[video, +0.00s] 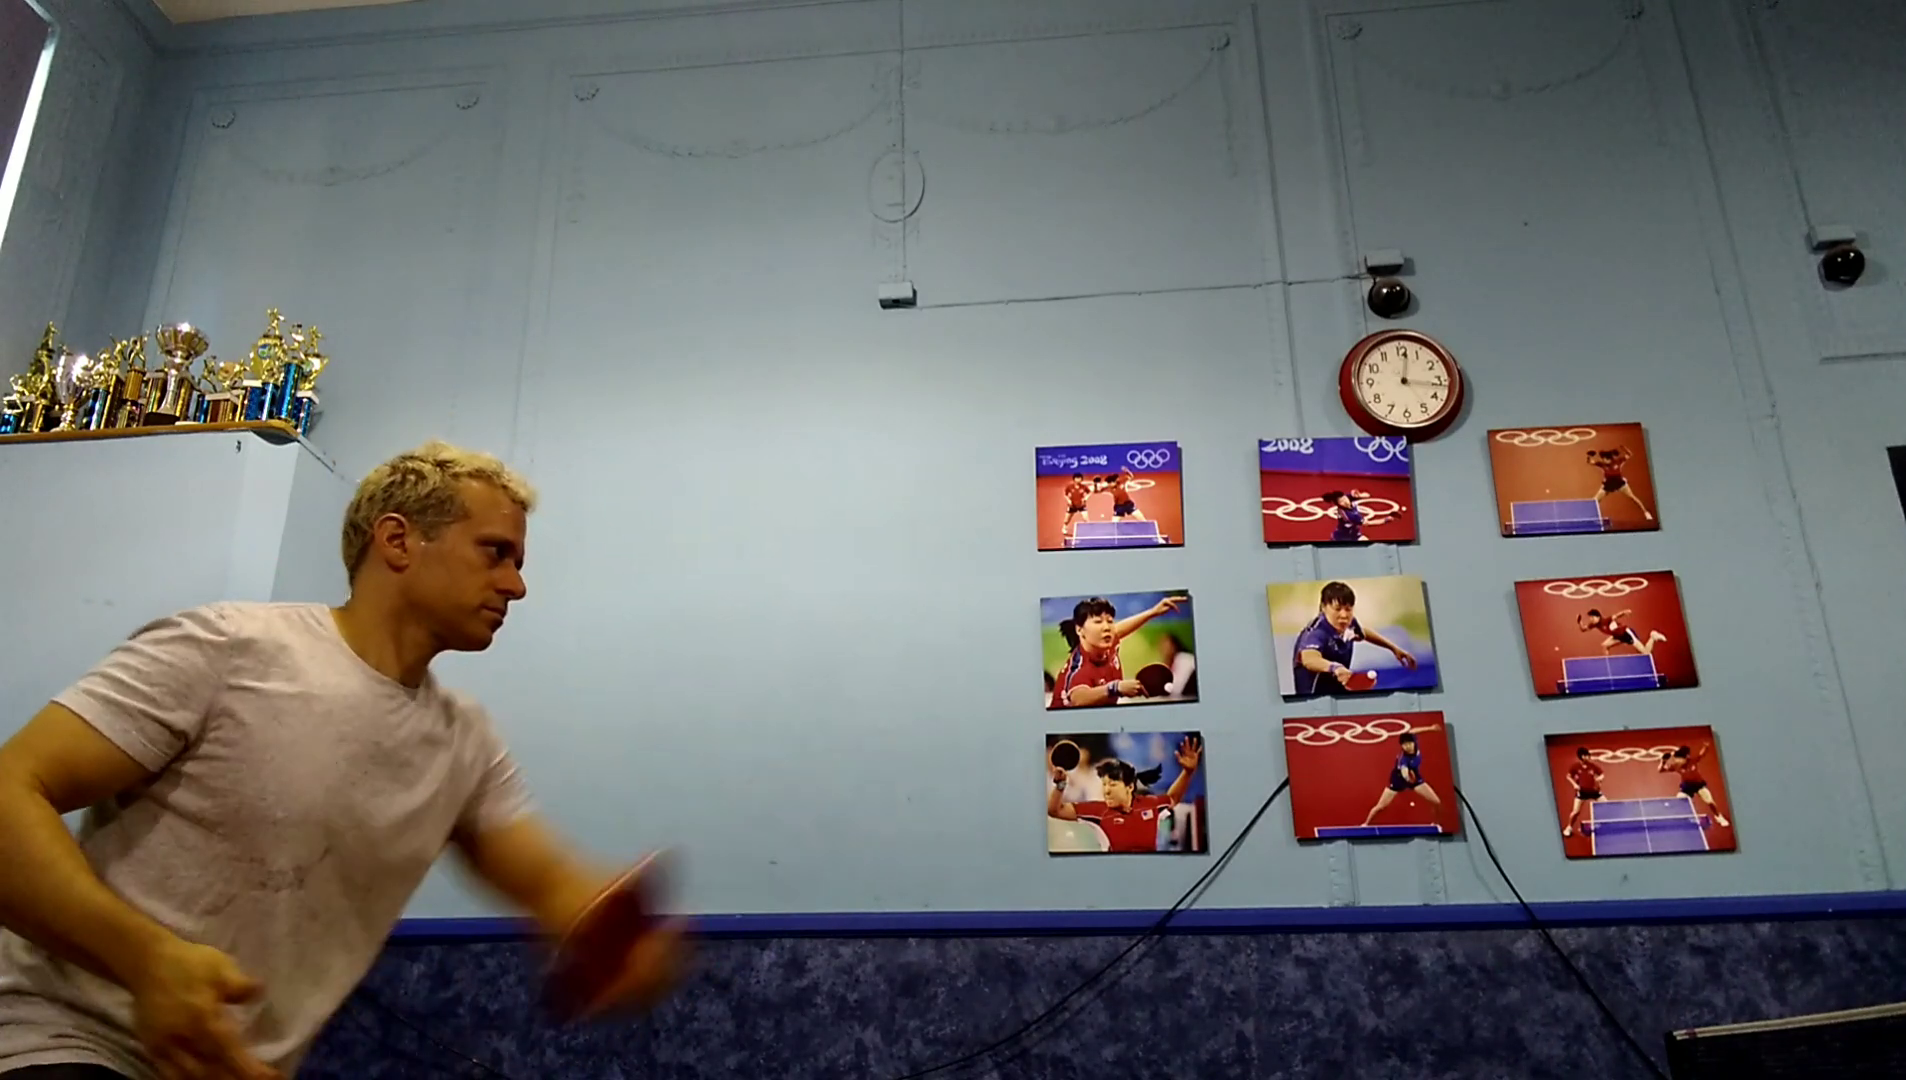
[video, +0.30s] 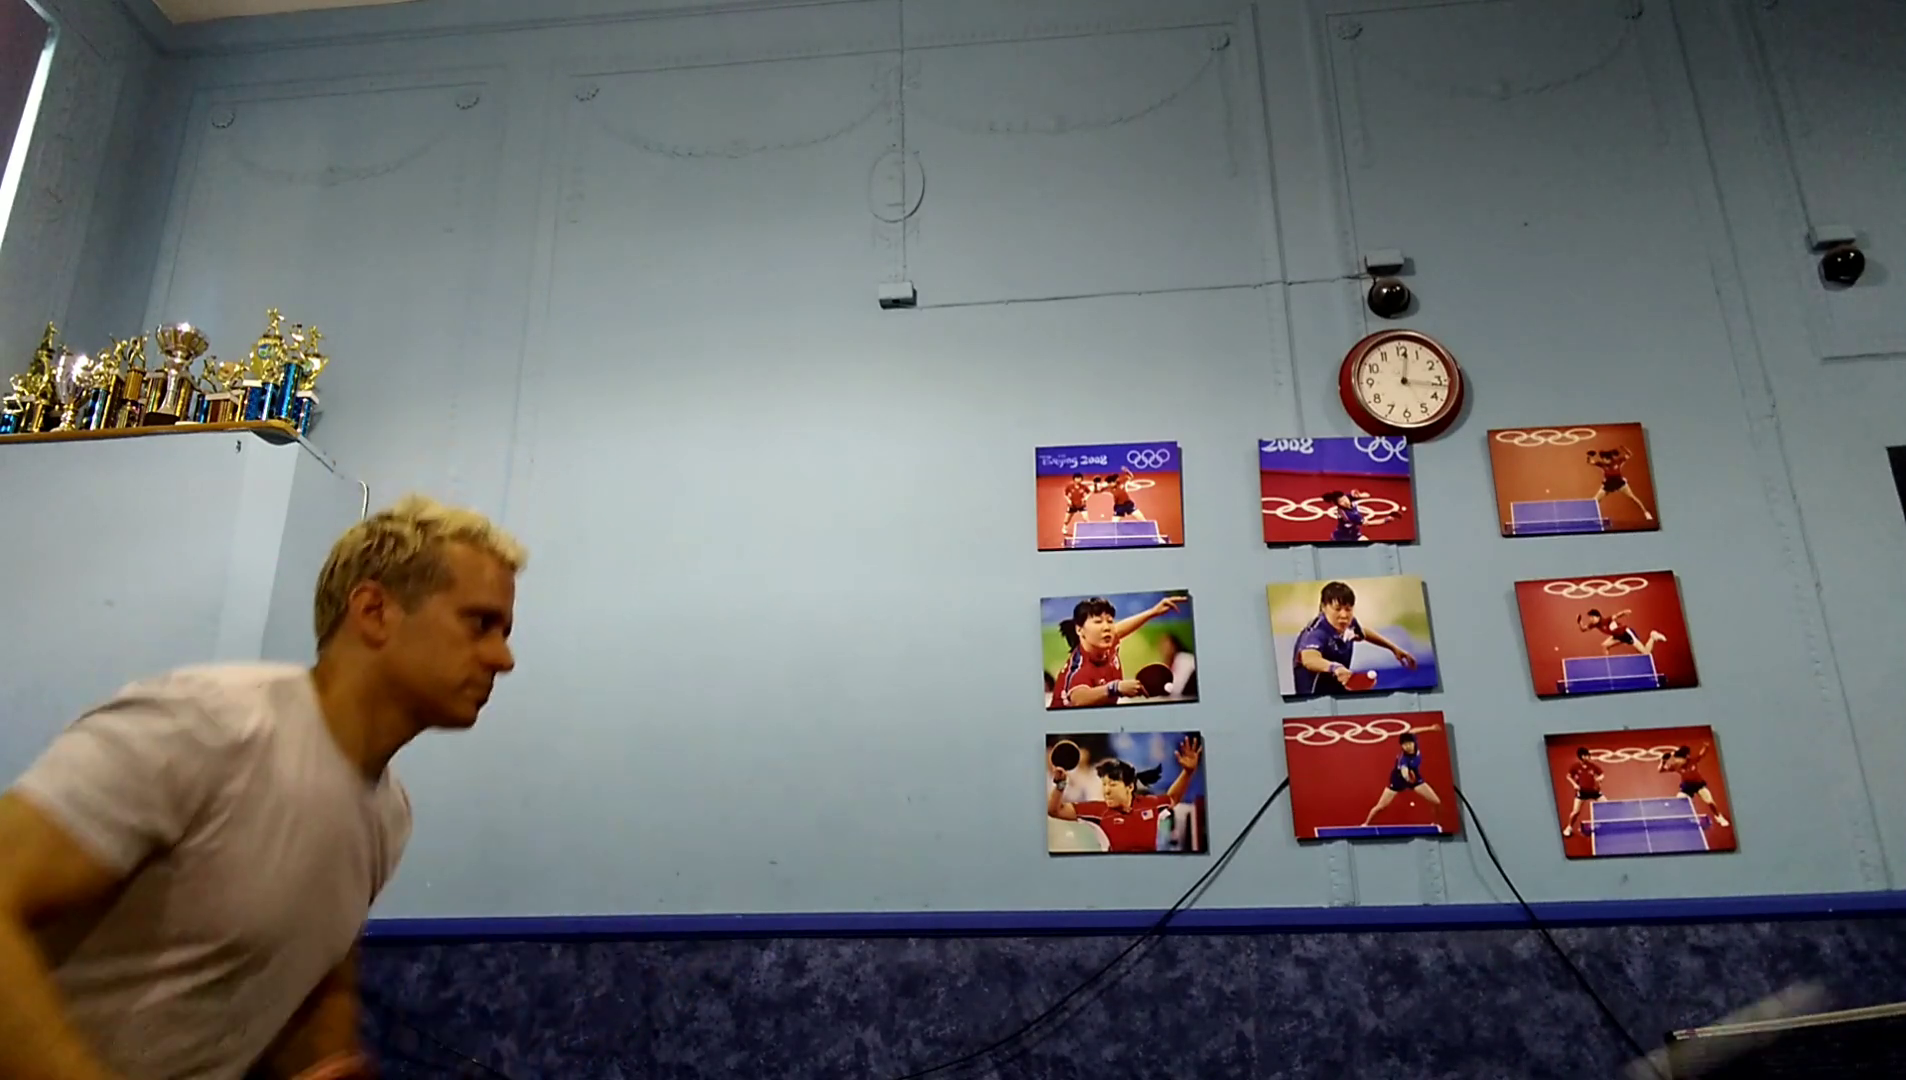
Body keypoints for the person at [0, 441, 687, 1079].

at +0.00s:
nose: (519, 584)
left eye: (519, 562)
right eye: (497, 553)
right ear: (398, 543)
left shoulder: (463, 744)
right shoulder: (225, 648)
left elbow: (547, 877)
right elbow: (9, 792)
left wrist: (614, 931)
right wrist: (142, 956)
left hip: (247, 1064)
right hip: (68, 1025)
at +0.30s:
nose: (506, 659)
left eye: (505, 632)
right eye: (482, 623)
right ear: (375, 614)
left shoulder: (386, 815)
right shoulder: (208, 720)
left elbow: (323, 987)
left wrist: (325, 1060)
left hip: (203, 1069)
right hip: (65, 1052)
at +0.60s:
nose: (492, 628)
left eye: (495, 601)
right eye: (471, 592)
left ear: (376, 588)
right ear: (360, 578)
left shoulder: (442, 750)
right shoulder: (128, 678)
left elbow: (647, 803)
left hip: (179, 1065)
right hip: (19, 1040)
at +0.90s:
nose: (498, 570)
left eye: (495, 543)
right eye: (475, 533)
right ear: (369, 523)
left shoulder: (437, 730)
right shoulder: (151, 638)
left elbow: (489, 924)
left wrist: (462, 971)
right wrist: (1, 893)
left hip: (230, 1063)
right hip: (53, 1051)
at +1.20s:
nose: (526, 641)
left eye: (523, 615)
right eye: (502, 609)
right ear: (400, 604)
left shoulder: (416, 781)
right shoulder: (257, 727)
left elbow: (382, 962)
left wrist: (402, 1064)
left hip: (269, 1068)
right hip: (121, 1057)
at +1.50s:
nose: (509, 588)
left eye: (514, 564)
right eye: (488, 556)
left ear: (419, 558)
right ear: (386, 541)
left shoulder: (466, 727)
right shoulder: (185, 647)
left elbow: (664, 773)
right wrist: (23, 940)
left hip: (227, 1067)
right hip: (47, 1046)